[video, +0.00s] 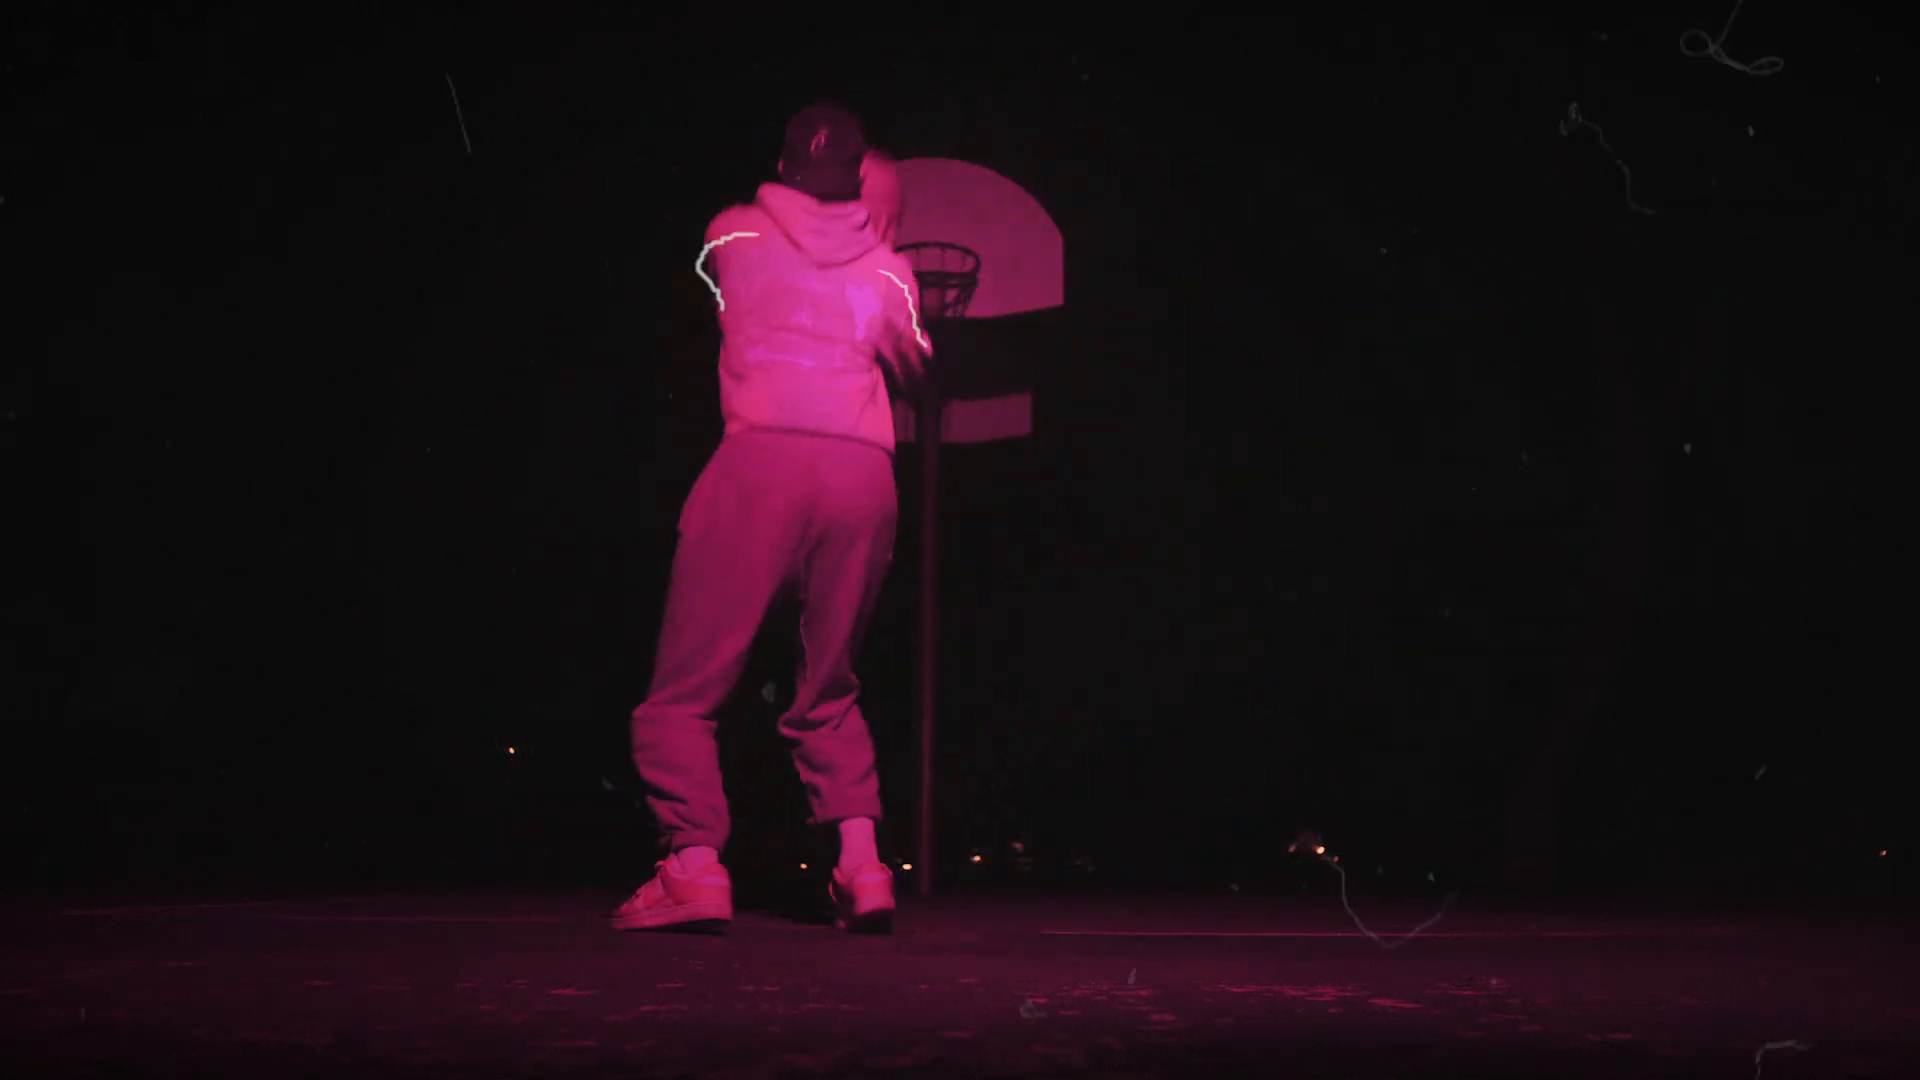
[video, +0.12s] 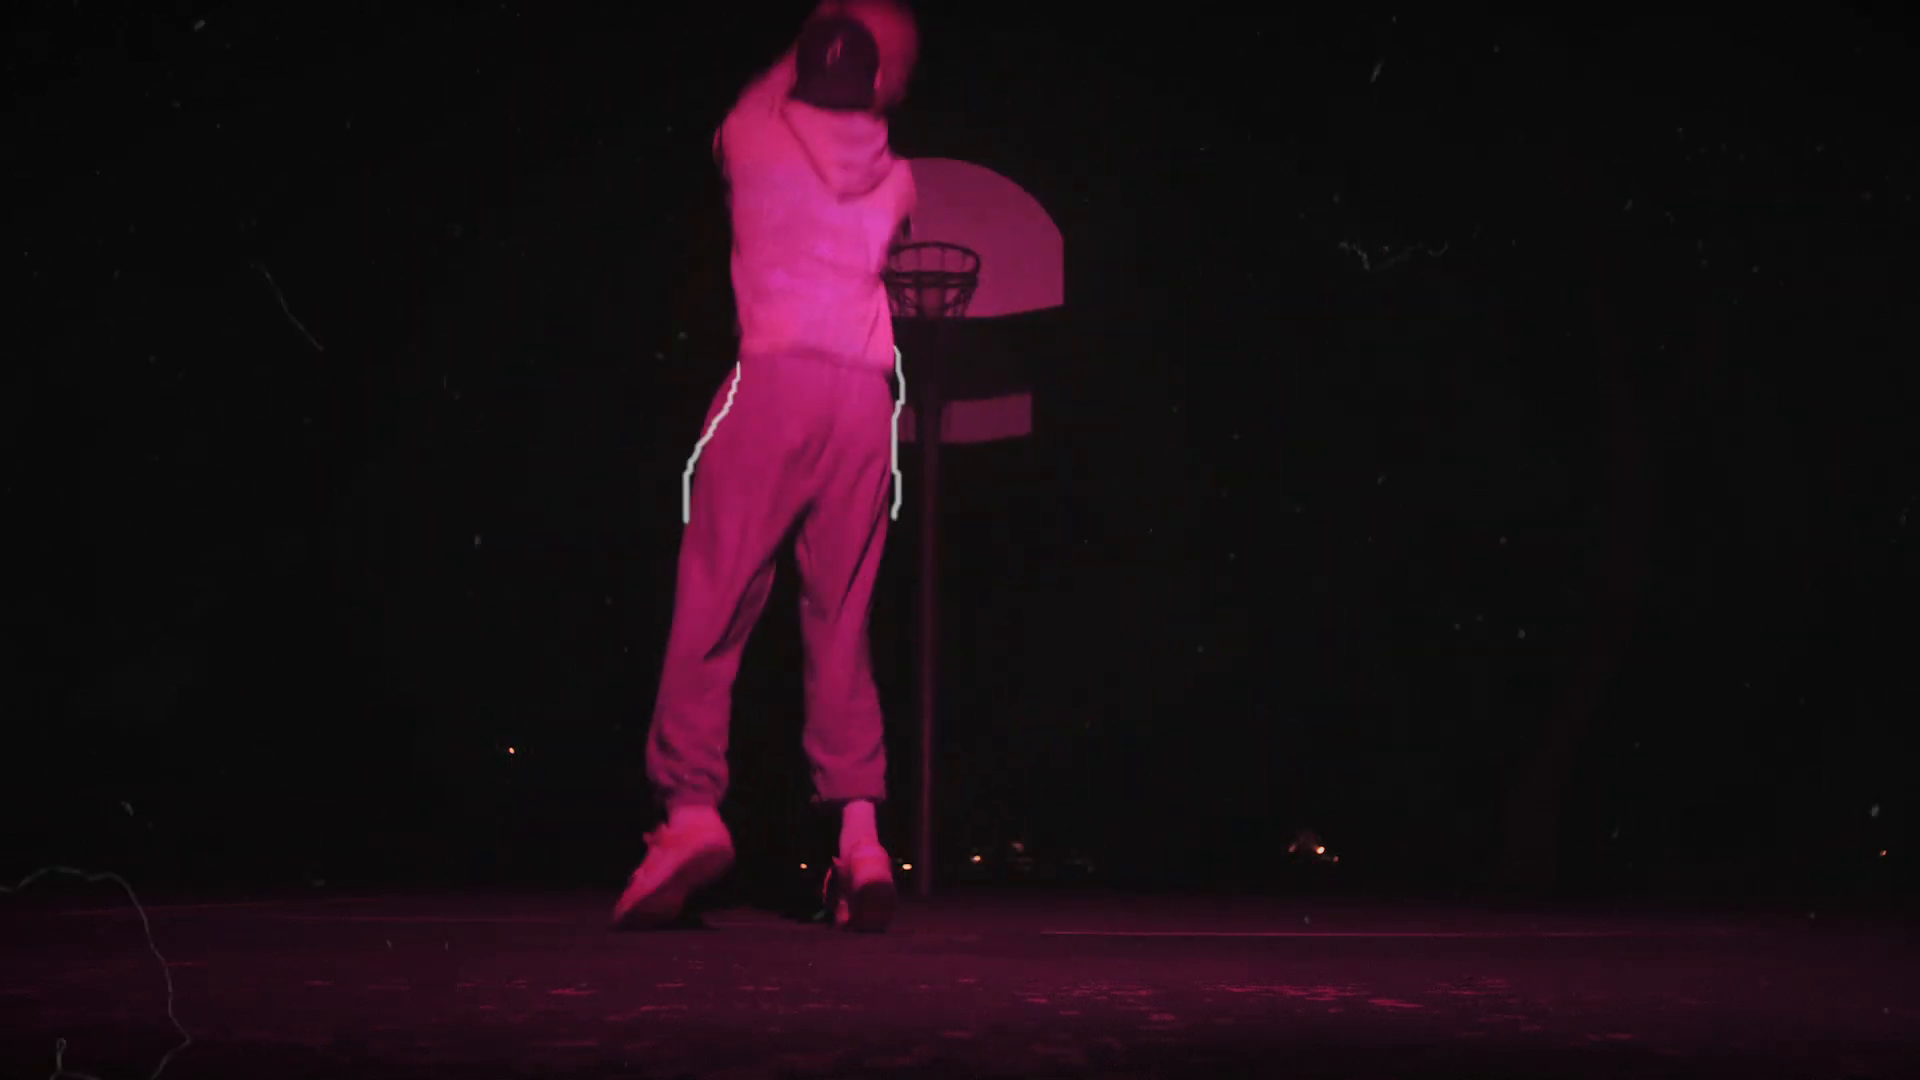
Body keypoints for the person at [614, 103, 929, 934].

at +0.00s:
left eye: (788, 165)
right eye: (858, 181)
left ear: (781, 172)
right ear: (865, 184)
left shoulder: (734, 237)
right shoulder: (889, 269)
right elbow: (912, 362)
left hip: (760, 468)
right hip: (862, 478)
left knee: (681, 695)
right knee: (827, 690)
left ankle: (694, 868)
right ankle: (862, 863)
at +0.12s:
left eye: (819, 52)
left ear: (797, 70)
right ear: (882, 87)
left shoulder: (752, 139)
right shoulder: (895, 178)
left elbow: (773, 89)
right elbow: (877, 250)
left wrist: (814, 40)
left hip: (776, 385)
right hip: (866, 397)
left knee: (712, 608)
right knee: (842, 619)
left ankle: (691, 813)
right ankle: (859, 832)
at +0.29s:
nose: (872, 31)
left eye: (798, 19)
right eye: (876, 21)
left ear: (798, 16)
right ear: (880, 21)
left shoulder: (767, 64)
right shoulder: (891, 81)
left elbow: (782, 3)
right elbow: (870, 28)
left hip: (779, 327)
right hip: (868, 335)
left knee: (735, 548)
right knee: (857, 572)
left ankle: (703, 764)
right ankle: (854, 785)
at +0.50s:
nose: (789, 63)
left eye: (796, 51)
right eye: (838, 48)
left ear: (798, 64)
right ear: (869, 67)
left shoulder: (770, 125)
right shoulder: (893, 131)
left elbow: (767, 44)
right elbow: (894, 44)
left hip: (782, 384)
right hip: (870, 388)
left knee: (755, 612)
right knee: (852, 622)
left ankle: (752, 834)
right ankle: (867, 832)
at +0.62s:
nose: (804, 112)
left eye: (807, 104)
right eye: (827, 106)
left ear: (800, 124)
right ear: (876, 129)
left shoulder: (768, 191)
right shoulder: (901, 189)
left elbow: (715, 156)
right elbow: (920, 114)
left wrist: (769, 77)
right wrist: (933, 39)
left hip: (800, 447)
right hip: (883, 447)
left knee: (748, 654)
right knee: (855, 666)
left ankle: (764, 875)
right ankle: (883, 872)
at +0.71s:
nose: (832, 115)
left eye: (823, 105)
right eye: (854, 110)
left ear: (805, 116)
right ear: (883, 127)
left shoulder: (761, 192)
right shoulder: (908, 185)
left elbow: (689, 254)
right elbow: (948, 120)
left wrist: (736, 178)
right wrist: (980, 48)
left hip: (803, 439)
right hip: (892, 437)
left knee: (766, 635)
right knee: (875, 639)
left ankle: (765, 858)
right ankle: (888, 862)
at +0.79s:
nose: (839, 115)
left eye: (833, 100)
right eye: (863, 108)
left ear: (815, 109)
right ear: (890, 121)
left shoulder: (766, 189)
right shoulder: (916, 183)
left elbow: (695, 289)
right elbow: (964, 124)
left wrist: (736, 245)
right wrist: (1006, 55)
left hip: (806, 429)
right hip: (900, 428)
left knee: (780, 632)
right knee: (890, 632)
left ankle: (765, 856)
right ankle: (901, 856)